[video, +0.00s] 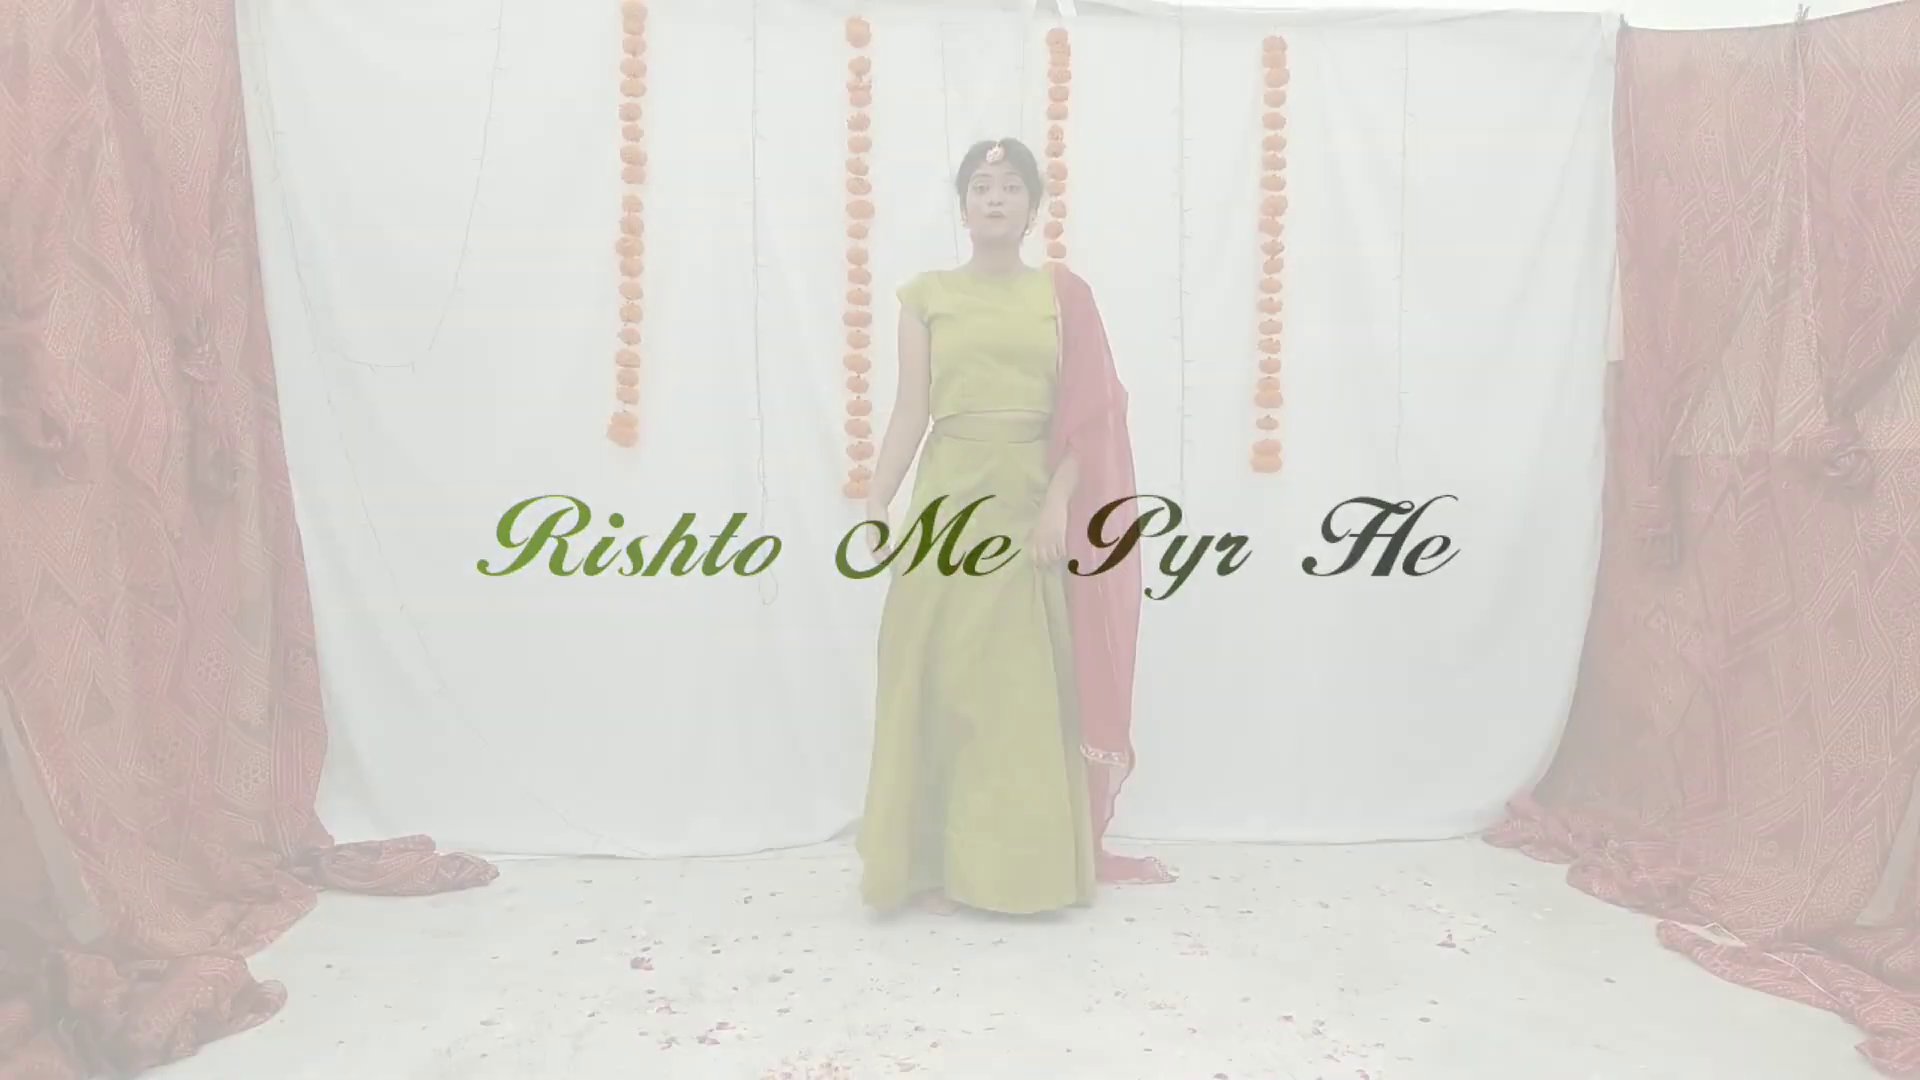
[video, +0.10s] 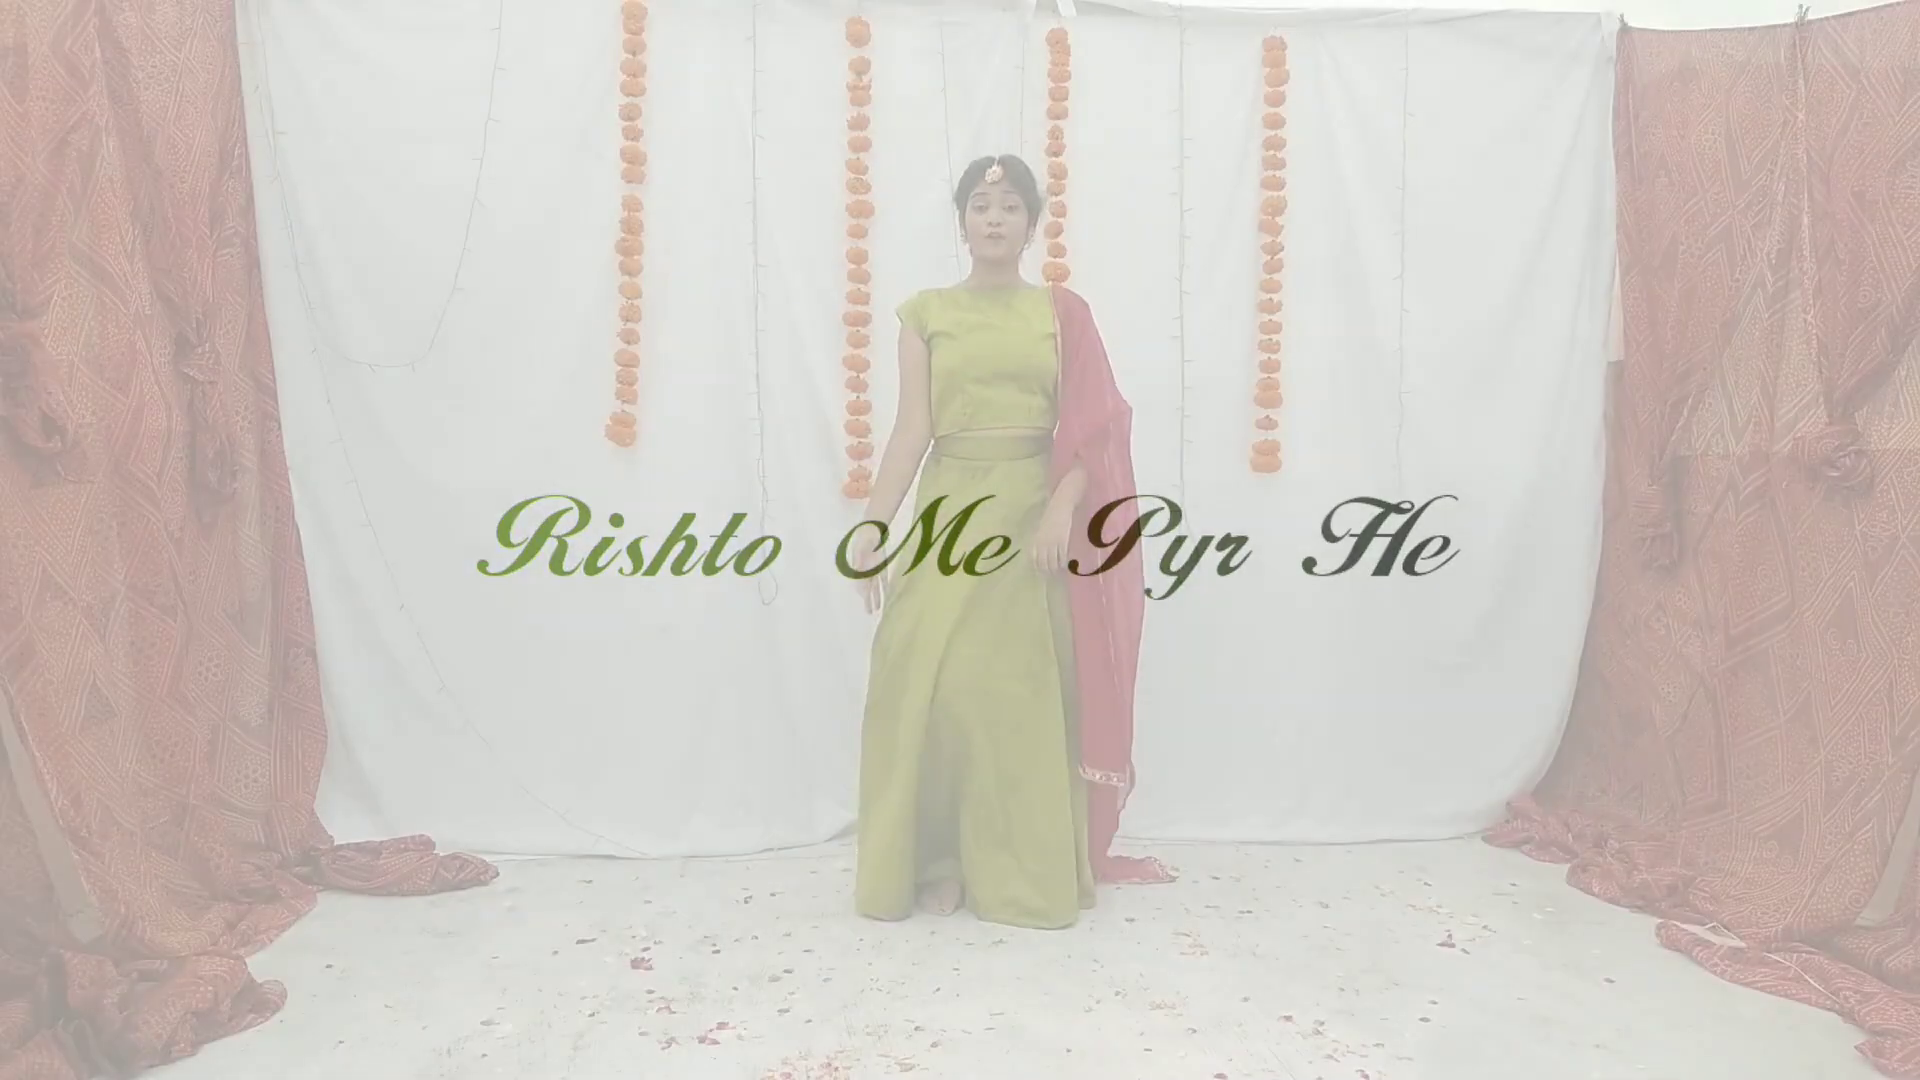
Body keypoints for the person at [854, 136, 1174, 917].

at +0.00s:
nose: (994, 198)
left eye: (1009, 188)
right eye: (981, 188)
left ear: (1034, 204)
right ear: (961, 203)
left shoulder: (1064, 296)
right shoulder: (927, 297)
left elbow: (1086, 416)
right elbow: (911, 409)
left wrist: (1058, 503)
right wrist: (878, 500)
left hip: (1027, 505)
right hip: (943, 501)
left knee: (1020, 680)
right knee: (940, 681)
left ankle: (1016, 865)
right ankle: (938, 862)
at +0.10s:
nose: (993, 217)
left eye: (1008, 206)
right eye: (980, 205)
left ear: (1033, 221)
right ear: (960, 220)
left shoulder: (1063, 313)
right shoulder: (926, 315)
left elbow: (1091, 425)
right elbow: (911, 429)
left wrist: (1061, 508)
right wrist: (874, 532)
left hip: (1027, 518)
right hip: (943, 516)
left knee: (1017, 686)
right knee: (925, 680)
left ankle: (1018, 867)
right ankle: (933, 863)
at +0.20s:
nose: (996, 236)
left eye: (1012, 224)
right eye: (983, 223)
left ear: (1034, 237)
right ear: (963, 235)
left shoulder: (1060, 328)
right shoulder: (931, 325)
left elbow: (1102, 431)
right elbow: (888, 434)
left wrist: (1059, 494)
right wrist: (830, 523)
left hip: (1021, 519)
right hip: (944, 518)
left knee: (1003, 686)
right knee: (920, 680)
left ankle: (1009, 865)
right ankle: (939, 864)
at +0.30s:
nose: (999, 226)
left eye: (1014, 213)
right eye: (986, 213)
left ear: (1036, 226)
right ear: (965, 225)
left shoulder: (1059, 317)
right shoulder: (931, 309)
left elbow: (1104, 416)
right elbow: (846, 385)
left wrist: (1025, 440)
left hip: (1025, 507)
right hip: (948, 505)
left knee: (1011, 680)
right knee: (932, 674)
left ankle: (1019, 867)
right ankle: (918, 864)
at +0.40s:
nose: (997, 197)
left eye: (1012, 186)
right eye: (983, 185)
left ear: (1034, 201)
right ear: (963, 200)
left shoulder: (1058, 290)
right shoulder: (931, 283)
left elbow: (1105, 367)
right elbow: (814, 311)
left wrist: (1007, 380)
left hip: (1034, 486)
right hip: (950, 486)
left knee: (1028, 667)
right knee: (944, 663)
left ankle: (1030, 861)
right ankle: (933, 863)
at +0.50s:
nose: (993, 189)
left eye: (1007, 177)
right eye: (979, 176)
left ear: (1029, 194)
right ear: (958, 192)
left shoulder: (1052, 278)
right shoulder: (928, 272)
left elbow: (1089, 341)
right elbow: (810, 248)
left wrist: (981, 348)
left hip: (1025, 475)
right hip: (941, 473)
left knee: (1019, 660)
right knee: (937, 658)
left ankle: (1021, 858)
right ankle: (929, 861)